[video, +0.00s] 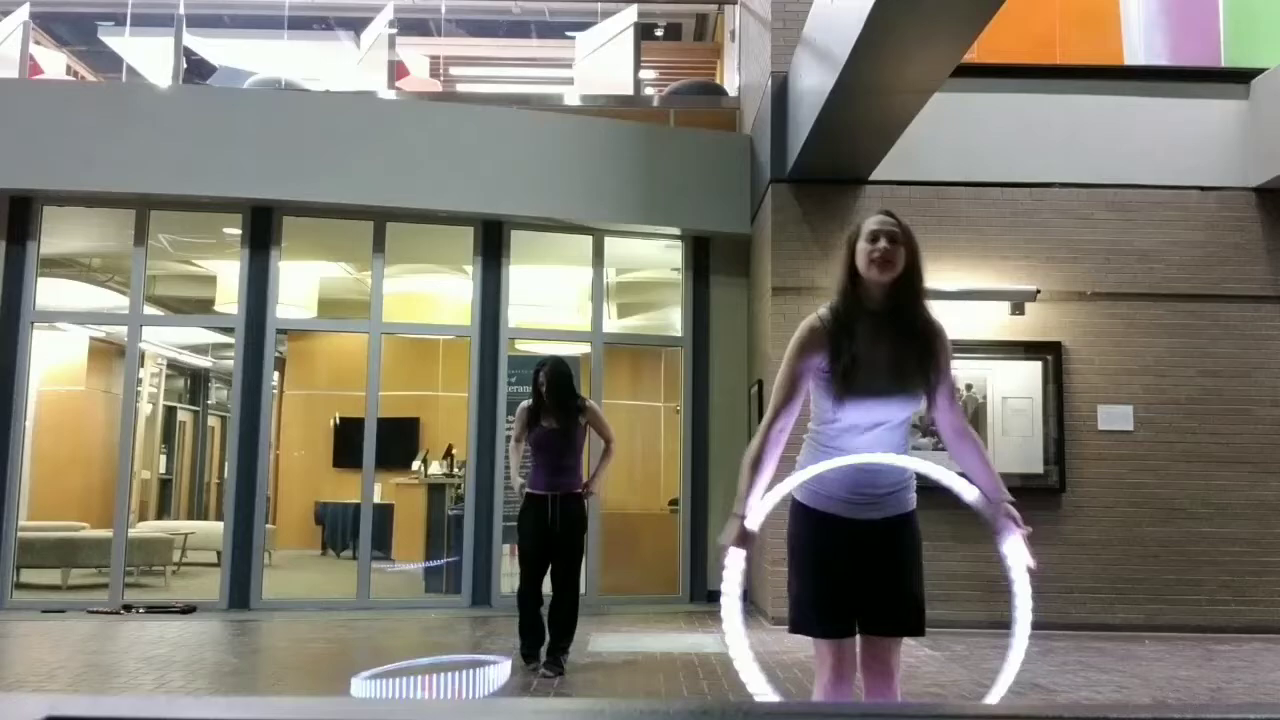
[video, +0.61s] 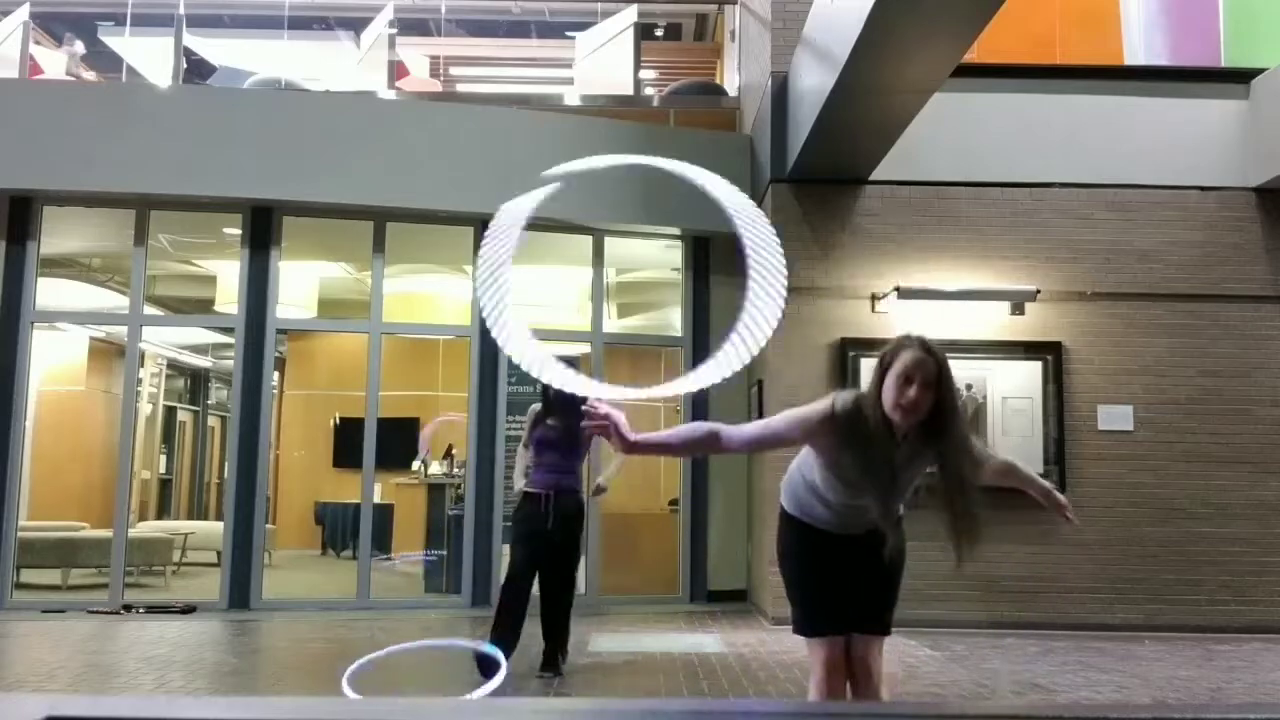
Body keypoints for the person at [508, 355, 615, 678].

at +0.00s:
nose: (545, 392)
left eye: (550, 386)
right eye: (541, 386)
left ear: (565, 385)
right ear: (536, 385)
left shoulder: (584, 409)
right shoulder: (528, 410)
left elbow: (609, 442)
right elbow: (516, 442)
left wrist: (594, 479)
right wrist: (515, 475)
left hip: (569, 504)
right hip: (534, 503)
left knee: (566, 584)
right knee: (529, 582)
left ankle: (557, 654)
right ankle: (531, 648)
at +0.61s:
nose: (553, 382)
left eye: (559, 376)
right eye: (549, 376)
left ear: (574, 380)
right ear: (544, 380)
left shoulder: (588, 413)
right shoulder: (537, 412)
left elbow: (620, 446)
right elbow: (524, 449)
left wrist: (605, 478)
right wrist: (518, 482)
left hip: (566, 503)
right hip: (531, 500)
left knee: (558, 583)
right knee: (516, 579)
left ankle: (552, 657)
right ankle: (496, 655)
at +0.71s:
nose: (552, 386)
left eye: (558, 380)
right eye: (549, 380)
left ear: (573, 381)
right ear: (545, 381)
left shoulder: (590, 414)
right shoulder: (539, 409)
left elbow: (609, 453)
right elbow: (524, 446)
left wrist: (604, 480)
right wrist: (507, 467)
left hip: (565, 499)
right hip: (532, 495)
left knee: (556, 579)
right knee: (515, 550)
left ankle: (552, 656)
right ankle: (484, 618)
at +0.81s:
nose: (548, 385)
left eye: (554, 379)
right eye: (546, 379)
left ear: (569, 380)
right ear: (544, 379)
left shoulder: (587, 410)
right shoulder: (538, 408)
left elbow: (598, 454)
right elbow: (520, 450)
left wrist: (582, 485)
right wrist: (499, 476)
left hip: (567, 495)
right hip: (535, 487)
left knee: (554, 582)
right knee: (507, 512)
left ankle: (548, 660)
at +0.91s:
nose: (543, 383)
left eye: (548, 377)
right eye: (540, 377)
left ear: (563, 378)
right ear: (538, 379)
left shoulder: (584, 408)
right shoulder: (536, 408)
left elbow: (573, 452)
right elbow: (514, 445)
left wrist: (546, 477)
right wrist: (488, 466)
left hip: (570, 489)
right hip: (540, 474)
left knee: (554, 567)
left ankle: (552, 646)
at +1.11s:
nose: (537, 408)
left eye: (541, 402)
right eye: (537, 403)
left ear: (555, 403)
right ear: (547, 405)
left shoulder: (581, 427)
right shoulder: (541, 428)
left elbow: (561, 441)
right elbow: (503, 427)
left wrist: (530, 442)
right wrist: (469, 411)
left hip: (574, 515)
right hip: (547, 507)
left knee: (559, 583)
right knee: (539, 462)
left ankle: (559, 651)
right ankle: (484, 509)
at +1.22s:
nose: (530, 424)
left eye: (534, 418)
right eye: (529, 418)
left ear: (548, 416)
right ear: (531, 416)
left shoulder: (574, 427)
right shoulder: (534, 430)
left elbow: (573, 439)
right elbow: (495, 425)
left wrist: (552, 433)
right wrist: (471, 395)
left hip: (578, 512)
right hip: (553, 506)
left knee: (563, 583)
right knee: (532, 485)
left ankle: (559, 654)